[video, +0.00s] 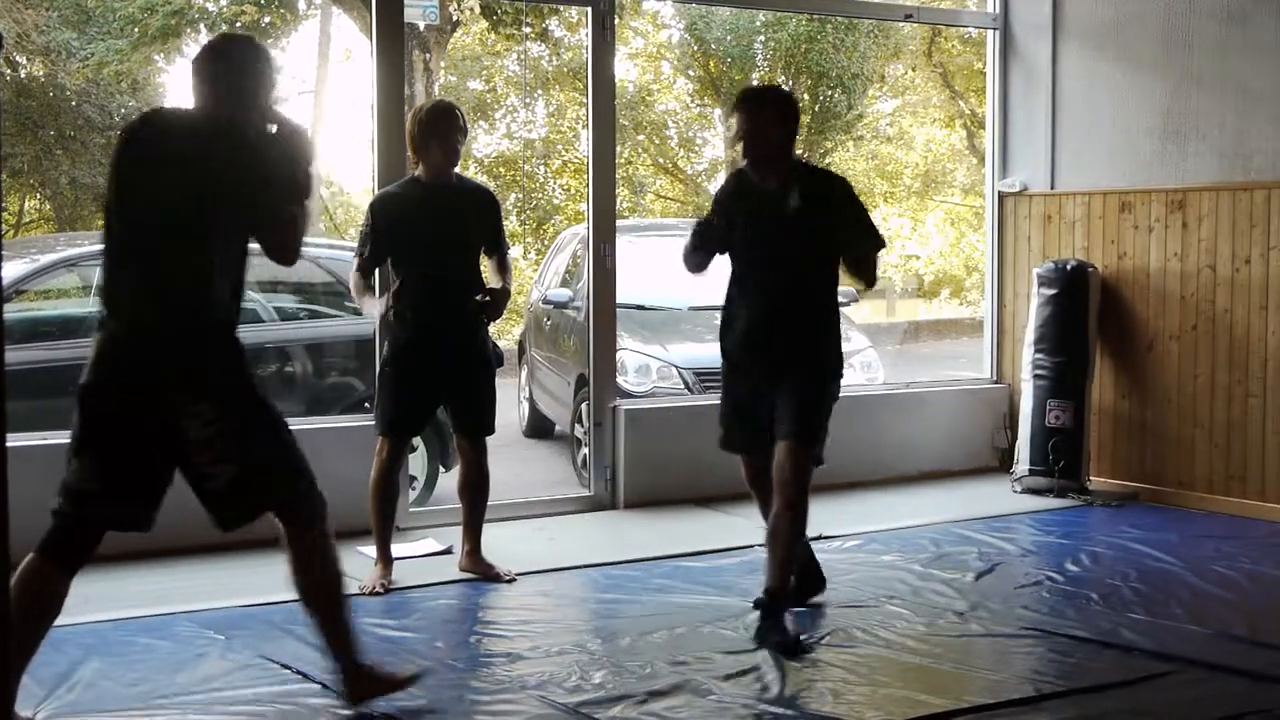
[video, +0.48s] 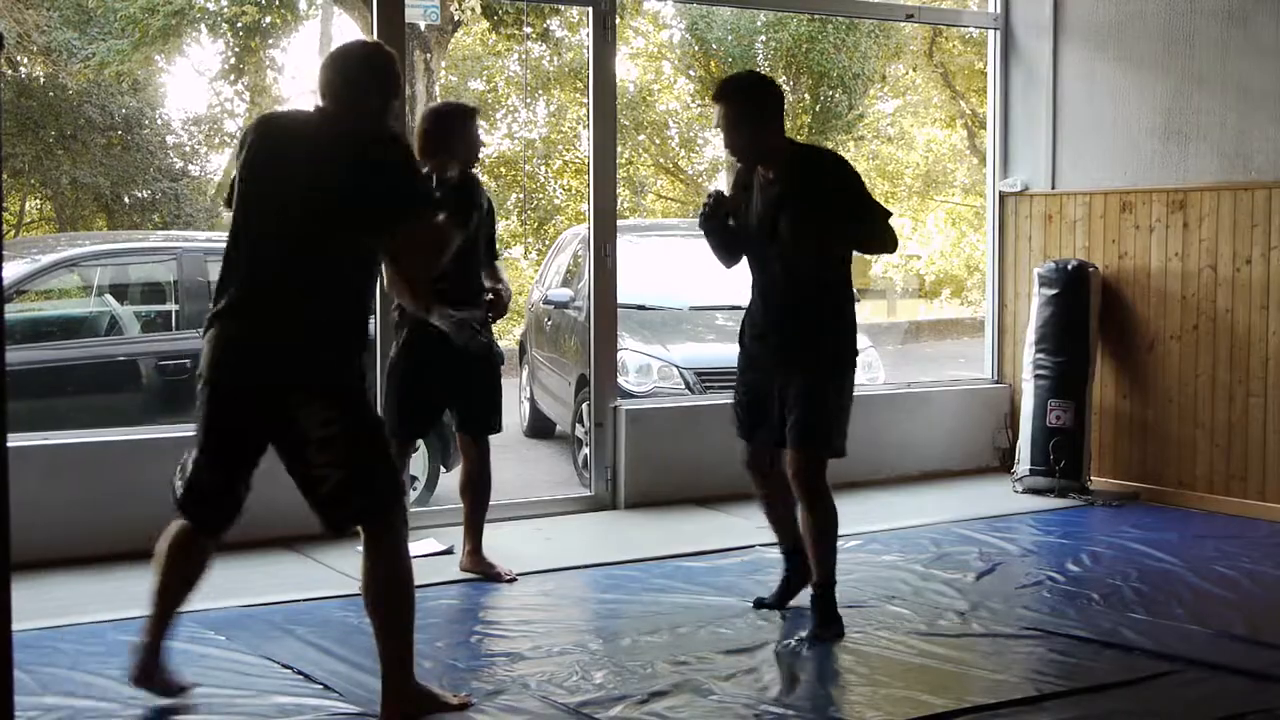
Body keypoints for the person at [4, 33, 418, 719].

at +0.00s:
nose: (271, 99)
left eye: (269, 87)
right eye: (267, 86)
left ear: (197, 82)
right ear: (249, 88)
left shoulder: (142, 132)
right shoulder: (250, 148)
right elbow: (284, 245)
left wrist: (248, 142)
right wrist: (297, 157)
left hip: (120, 362)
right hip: (204, 364)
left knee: (65, 543)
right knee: (301, 506)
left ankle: (4, 698)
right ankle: (351, 669)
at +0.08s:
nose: (283, 103)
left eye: (279, 90)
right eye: (280, 91)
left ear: (215, 87)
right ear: (272, 94)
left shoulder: (160, 141)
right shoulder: (272, 154)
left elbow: (143, 244)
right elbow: (304, 255)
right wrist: (314, 162)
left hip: (136, 369)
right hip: (220, 374)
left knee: (75, 543)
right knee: (314, 519)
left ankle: (3, 693)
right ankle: (383, 678)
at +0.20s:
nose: (324, 114)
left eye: (322, 101)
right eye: (322, 103)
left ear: (265, 96)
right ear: (308, 103)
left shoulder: (207, 152)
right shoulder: (303, 166)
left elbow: (178, 229)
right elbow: (353, 264)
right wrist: (381, 204)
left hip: (182, 376)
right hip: (261, 379)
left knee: (108, 538)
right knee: (363, 521)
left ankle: (14, 683)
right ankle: (398, 689)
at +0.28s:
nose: (364, 114)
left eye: (363, 103)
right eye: (361, 103)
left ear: (301, 96)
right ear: (344, 102)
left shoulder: (235, 149)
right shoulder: (344, 168)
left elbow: (202, 248)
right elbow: (383, 271)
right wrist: (411, 241)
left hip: (213, 372)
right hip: (294, 376)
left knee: (139, 534)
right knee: (382, 518)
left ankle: (38, 675)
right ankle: (400, 688)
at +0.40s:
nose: (397, 116)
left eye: (396, 105)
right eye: (396, 104)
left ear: (322, 94)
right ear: (381, 103)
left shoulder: (258, 140)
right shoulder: (384, 168)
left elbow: (229, 221)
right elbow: (414, 271)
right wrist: (447, 224)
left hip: (227, 361)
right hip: (314, 369)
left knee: (192, 509)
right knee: (385, 519)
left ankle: (106, 646)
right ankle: (401, 689)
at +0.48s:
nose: (399, 105)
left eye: (397, 93)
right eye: (396, 94)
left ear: (326, 86)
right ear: (385, 96)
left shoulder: (266, 132)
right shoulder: (384, 156)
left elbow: (239, 213)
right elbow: (420, 272)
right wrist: (441, 196)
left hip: (235, 352)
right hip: (321, 359)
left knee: (203, 507)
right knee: (383, 518)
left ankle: (149, 651)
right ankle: (400, 689)